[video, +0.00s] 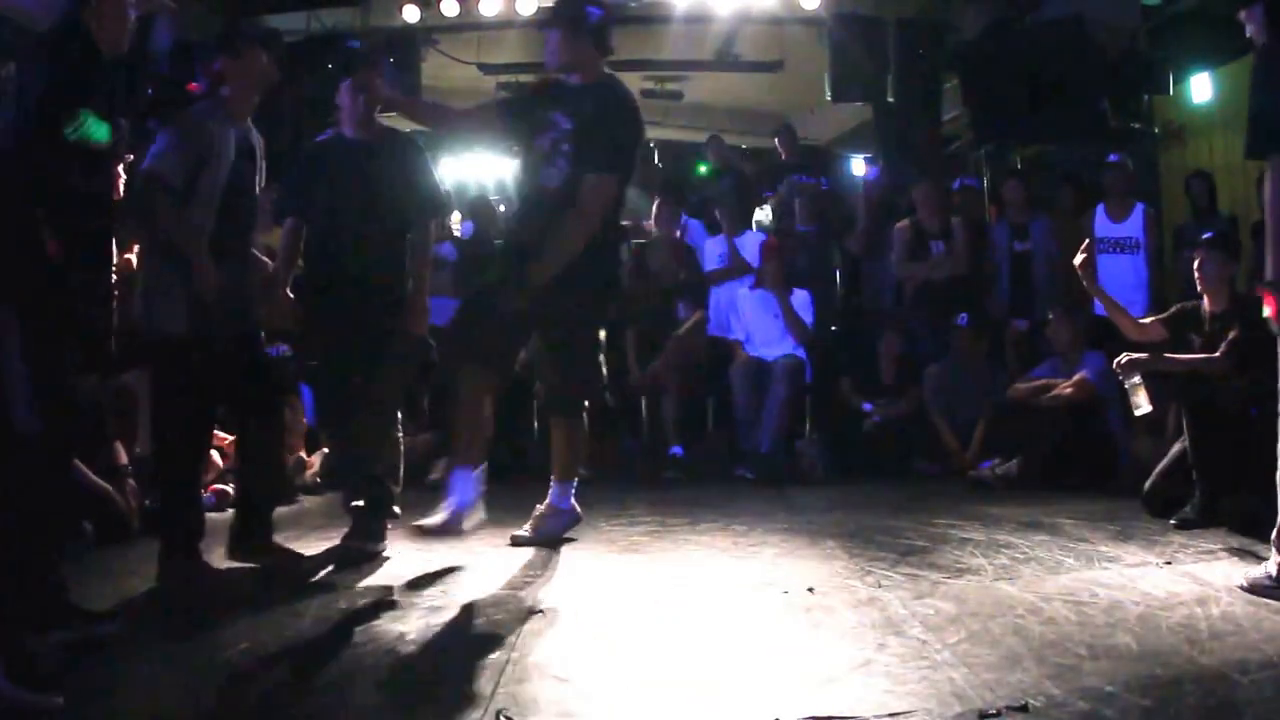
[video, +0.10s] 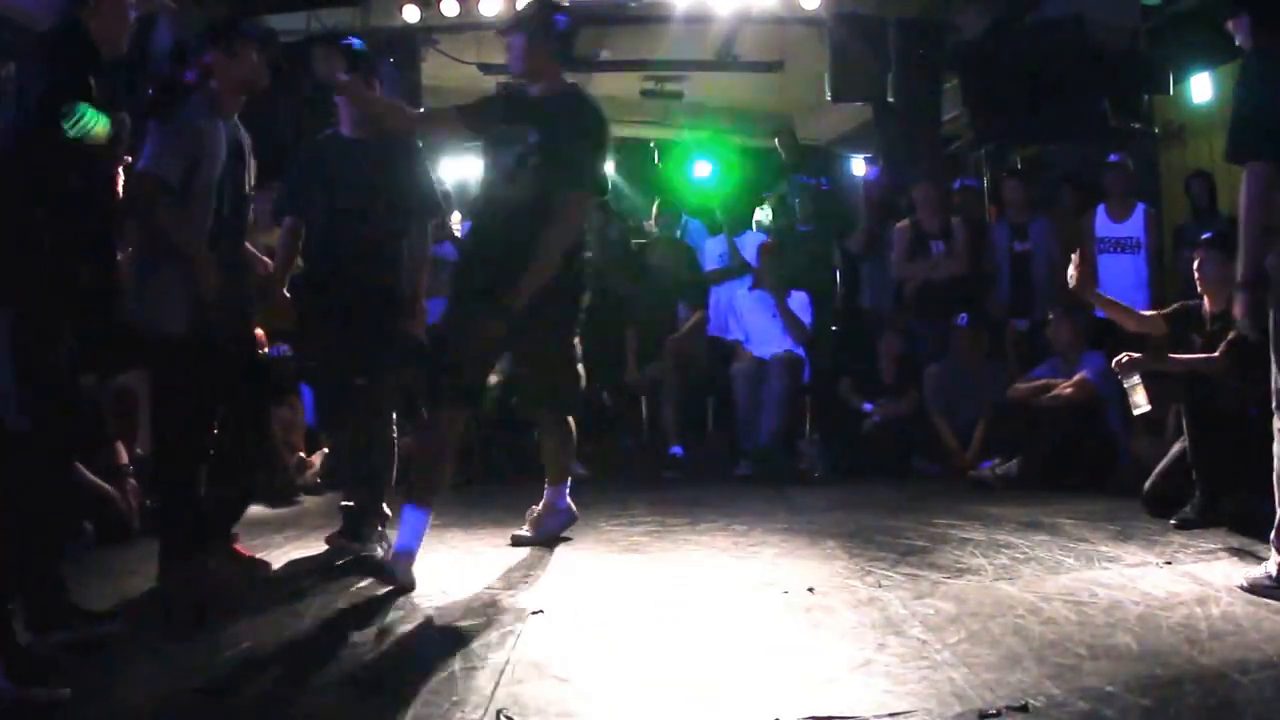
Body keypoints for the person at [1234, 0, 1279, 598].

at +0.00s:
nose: (1243, 27)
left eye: (1247, 19)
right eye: (1244, 20)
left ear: (1263, 18)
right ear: (1258, 21)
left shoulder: (1268, 65)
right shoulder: (1263, 65)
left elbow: (1269, 173)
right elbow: (1267, 175)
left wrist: (1269, 274)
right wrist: (1265, 276)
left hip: (1275, 293)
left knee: (1276, 420)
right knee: (1274, 418)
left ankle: (1278, 557)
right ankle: (1275, 552)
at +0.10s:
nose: (1231, 29)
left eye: (1234, 20)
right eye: (1231, 20)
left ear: (1251, 20)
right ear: (1257, 23)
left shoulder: (1260, 67)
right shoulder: (1257, 68)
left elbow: (1257, 186)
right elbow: (1256, 186)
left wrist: (1246, 287)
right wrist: (1247, 287)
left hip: (1273, 288)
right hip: (1269, 287)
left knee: (1276, 410)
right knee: (1274, 410)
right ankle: (1277, 551)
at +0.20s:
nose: (1218, 34)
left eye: (1220, 24)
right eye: (1217, 25)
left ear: (1238, 22)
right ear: (1252, 23)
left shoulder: (1253, 68)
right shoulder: (1257, 68)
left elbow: (1245, 174)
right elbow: (1247, 175)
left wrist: (1222, 272)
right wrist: (1224, 269)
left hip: (1275, 272)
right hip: (1271, 271)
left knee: (1279, 406)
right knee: (1275, 405)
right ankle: (1278, 553)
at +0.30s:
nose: (1216, 50)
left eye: (1218, 41)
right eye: (1215, 42)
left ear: (1234, 34)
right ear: (1246, 34)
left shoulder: (1251, 70)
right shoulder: (1255, 73)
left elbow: (1237, 166)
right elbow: (1239, 167)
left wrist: (1208, 253)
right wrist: (1214, 252)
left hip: (1273, 260)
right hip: (1269, 259)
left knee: (1277, 401)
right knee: (1273, 399)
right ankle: (1277, 544)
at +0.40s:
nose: (1212, 47)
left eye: (1216, 37)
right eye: (1211, 38)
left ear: (1234, 33)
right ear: (1241, 34)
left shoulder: (1250, 70)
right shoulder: (1252, 73)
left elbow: (1239, 165)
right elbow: (1241, 166)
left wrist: (1203, 251)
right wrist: (1210, 251)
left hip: (1270, 268)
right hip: (1265, 266)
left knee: (1274, 402)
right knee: (1271, 400)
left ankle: (1277, 552)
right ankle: (1275, 537)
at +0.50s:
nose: (1211, 41)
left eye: (1215, 29)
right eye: (1209, 31)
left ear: (1239, 25)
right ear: (1243, 27)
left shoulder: (1256, 66)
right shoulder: (1257, 68)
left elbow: (1251, 163)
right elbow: (1252, 163)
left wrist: (1214, 253)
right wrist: (1220, 252)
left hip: (1272, 268)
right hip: (1267, 267)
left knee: (1276, 404)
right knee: (1273, 402)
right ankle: (1275, 540)